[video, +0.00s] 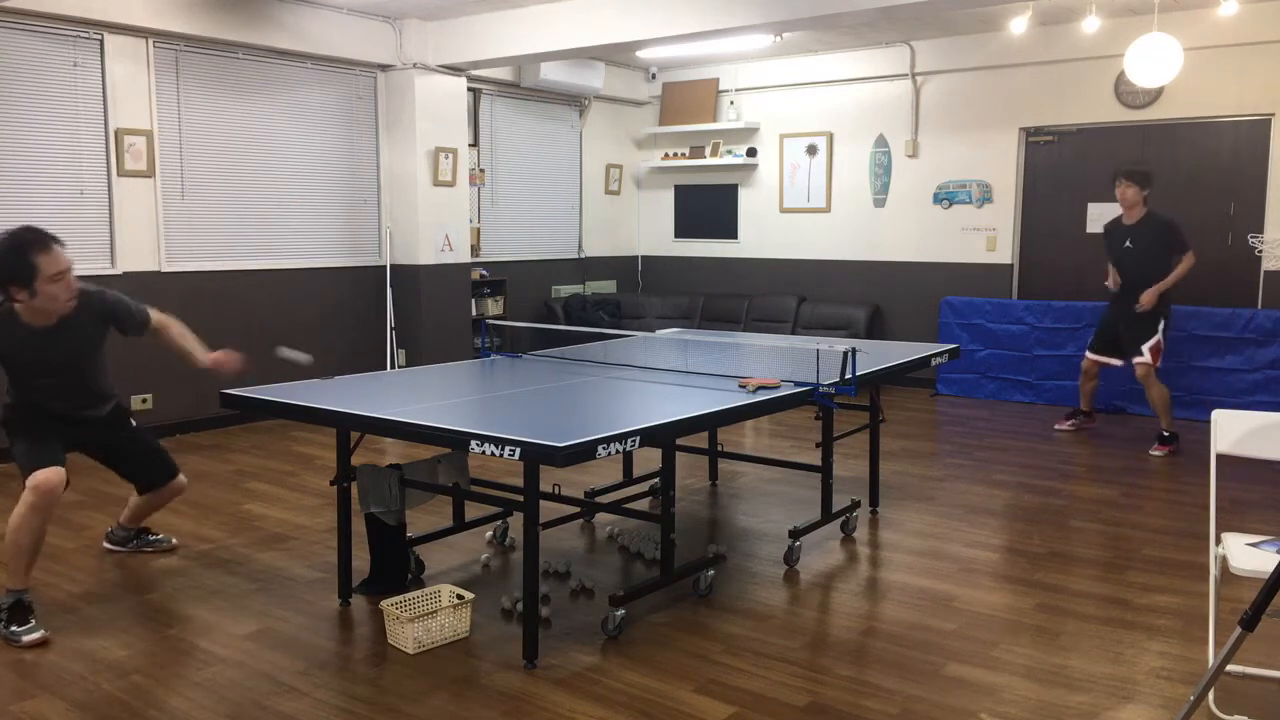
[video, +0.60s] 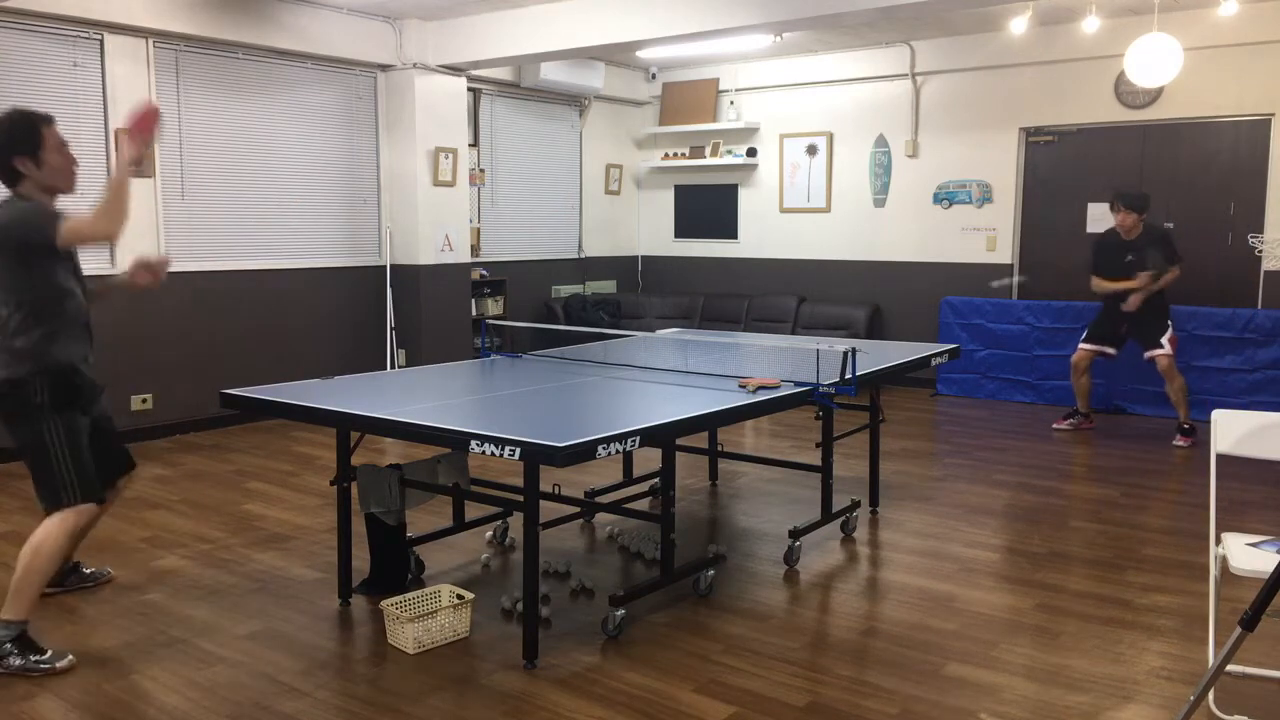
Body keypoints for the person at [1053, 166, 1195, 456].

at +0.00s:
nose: (1121, 192)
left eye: (1129, 187)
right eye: (1119, 186)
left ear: (1144, 192)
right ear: (1115, 191)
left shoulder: (1162, 226)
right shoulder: (1112, 228)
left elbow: (1188, 259)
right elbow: (1113, 261)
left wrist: (1157, 289)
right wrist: (1112, 279)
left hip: (1150, 306)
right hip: (1119, 304)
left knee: (1144, 372)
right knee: (1089, 365)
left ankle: (1168, 434)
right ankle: (1084, 413)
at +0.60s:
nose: (1120, 220)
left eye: (1126, 215)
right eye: (1117, 214)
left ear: (1141, 216)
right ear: (1113, 213)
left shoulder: (1157, 237)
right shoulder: (1104, 242)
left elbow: (1174, 271)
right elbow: (1095, 285)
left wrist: (1142, 294)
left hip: (1151, 311)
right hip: (1113, 310)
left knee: (1165, 365)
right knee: (1078, 361)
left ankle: (1185, 424)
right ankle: (1083, 414)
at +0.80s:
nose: (1147, 242)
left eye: (1153, 238)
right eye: (1145, 236)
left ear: (1162, 234)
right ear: (1136, 228)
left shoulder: (1166, 247)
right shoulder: (1116, 247)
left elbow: (1177, 276)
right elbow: (1115, 290)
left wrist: (1175, 297)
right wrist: (1150, 297)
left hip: (1151, 315)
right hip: (1115, 314)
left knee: (1178, 364)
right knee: (1076, 366)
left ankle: (1188, 424)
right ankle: (1082, 415)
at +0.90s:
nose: (1164, 229)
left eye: (1170, 225)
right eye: (1161, 223)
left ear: (1176, 225)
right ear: (1151, 219)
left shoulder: (1179, 243)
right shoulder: (1126, 246)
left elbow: (1193, 269)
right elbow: (1099, 278)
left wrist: (1209, 296)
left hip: (1160, 319)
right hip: (1121, 318)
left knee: (1187, 365)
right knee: (1079, 366)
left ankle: (1189, 425)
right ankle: (1083, 415)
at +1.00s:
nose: (1169, 208)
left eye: (1175, 203)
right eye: (1165, 201)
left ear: (1183, 208)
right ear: (1156, 203)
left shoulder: (1190, 237)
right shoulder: (1131, 234)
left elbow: (1208, 259)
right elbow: (1084, 240)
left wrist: (1227, 285)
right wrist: (1046, 251)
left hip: (1169, 317)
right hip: (1129, 314)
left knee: (1192, 366)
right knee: (1091, 364)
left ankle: (1190, 425)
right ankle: (1083, 414)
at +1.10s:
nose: (1166, 190)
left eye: (1173, 185)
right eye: (1163, 184)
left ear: (1184, 191)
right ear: (1156, 187)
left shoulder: (1194, 223)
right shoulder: (1136, 215)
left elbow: (1216, 247)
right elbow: (1091, 212)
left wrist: (1232, 276)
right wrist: (1048, 212)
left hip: (1174, 307)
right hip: (1134, 304)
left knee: (1187, 365)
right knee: (1104, 359)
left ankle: (1190, 426)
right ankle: (1088, 413)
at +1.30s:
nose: (1162, 175)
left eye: (1169, 170)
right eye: (1158, 168)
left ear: (1181, 176)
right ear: (1152, 172)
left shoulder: (1193, 210)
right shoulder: (1139, 205)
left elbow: (1215, 239)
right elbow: (1106, 224)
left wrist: (1206, 267)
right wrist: (1087, 208)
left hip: (1171, 294)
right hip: (1135, 291)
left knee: (1180, 360)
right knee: (1109, 349)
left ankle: (1192, 421)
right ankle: (1107, 410)